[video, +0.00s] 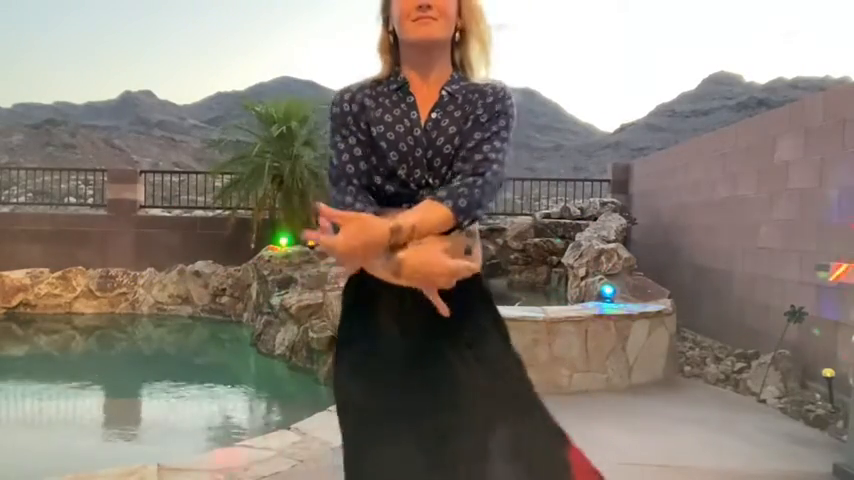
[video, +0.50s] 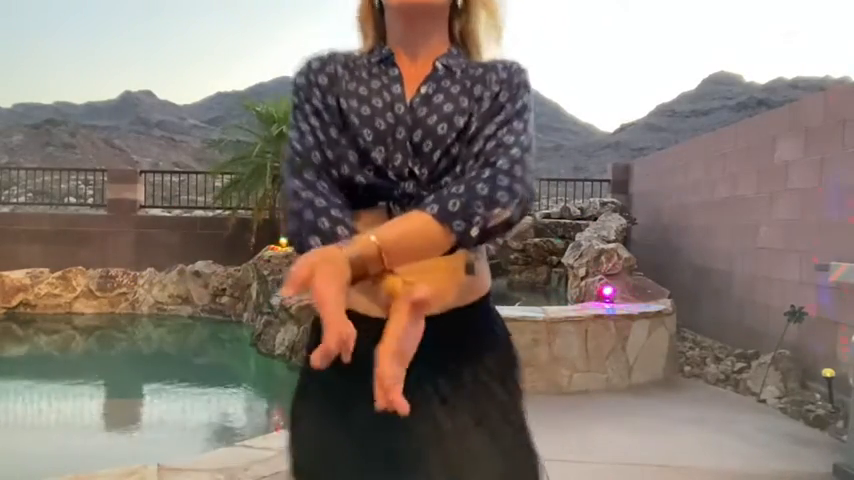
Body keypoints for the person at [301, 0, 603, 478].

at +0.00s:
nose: (423, 2)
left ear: (461, 16)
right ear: (390, 16)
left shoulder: (490, 99)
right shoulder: (353, 103)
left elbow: (476, 188)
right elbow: (346, 217)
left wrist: (387, 230)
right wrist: (402, 266)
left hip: (458, 293)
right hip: (376, 294)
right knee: (381, 454)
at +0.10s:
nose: (420, 5)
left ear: (460, 20)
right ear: (388, 21)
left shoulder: (490, 105)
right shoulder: (351, 112)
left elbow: (473, 195)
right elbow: (352, 218)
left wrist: (382, 244)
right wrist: (397, 277)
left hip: (456, 310)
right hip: (372, 309)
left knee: (482, 457)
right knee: (370, 462)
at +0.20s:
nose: (419, 5)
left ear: (459, 18)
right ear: (383, 20)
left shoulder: (490, 109)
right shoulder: (347, 115)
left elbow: (474, 202)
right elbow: (352, 213)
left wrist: (373, 258)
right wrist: (398, 282)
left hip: (457, 328)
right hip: (365, 324)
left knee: (473, 463)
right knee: (357, 465)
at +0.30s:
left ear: (459, 18)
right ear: (381, 18)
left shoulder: (493, 108)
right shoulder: (341, 113)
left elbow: (479, 204)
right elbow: (342, 216)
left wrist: (377, 259)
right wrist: (384, 292)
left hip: (454, 343)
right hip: (358, 339)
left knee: (468, 468)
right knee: (355, 469)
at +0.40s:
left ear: (459, 13)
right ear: (380, 10)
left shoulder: (495, 102)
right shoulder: (335, 105)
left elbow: (480, 207)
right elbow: (333, 217)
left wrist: (364, 264)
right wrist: (390, 297)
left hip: (452, 347)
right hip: (349, 342)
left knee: (463, 467)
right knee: (350, 469)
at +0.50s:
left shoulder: (500, 80)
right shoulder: (324, 77)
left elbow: (498, 196)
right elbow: (309, 211)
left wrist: (355, 257)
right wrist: (392, 294)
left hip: (461, 341)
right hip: (347, 340)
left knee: (490, 468)